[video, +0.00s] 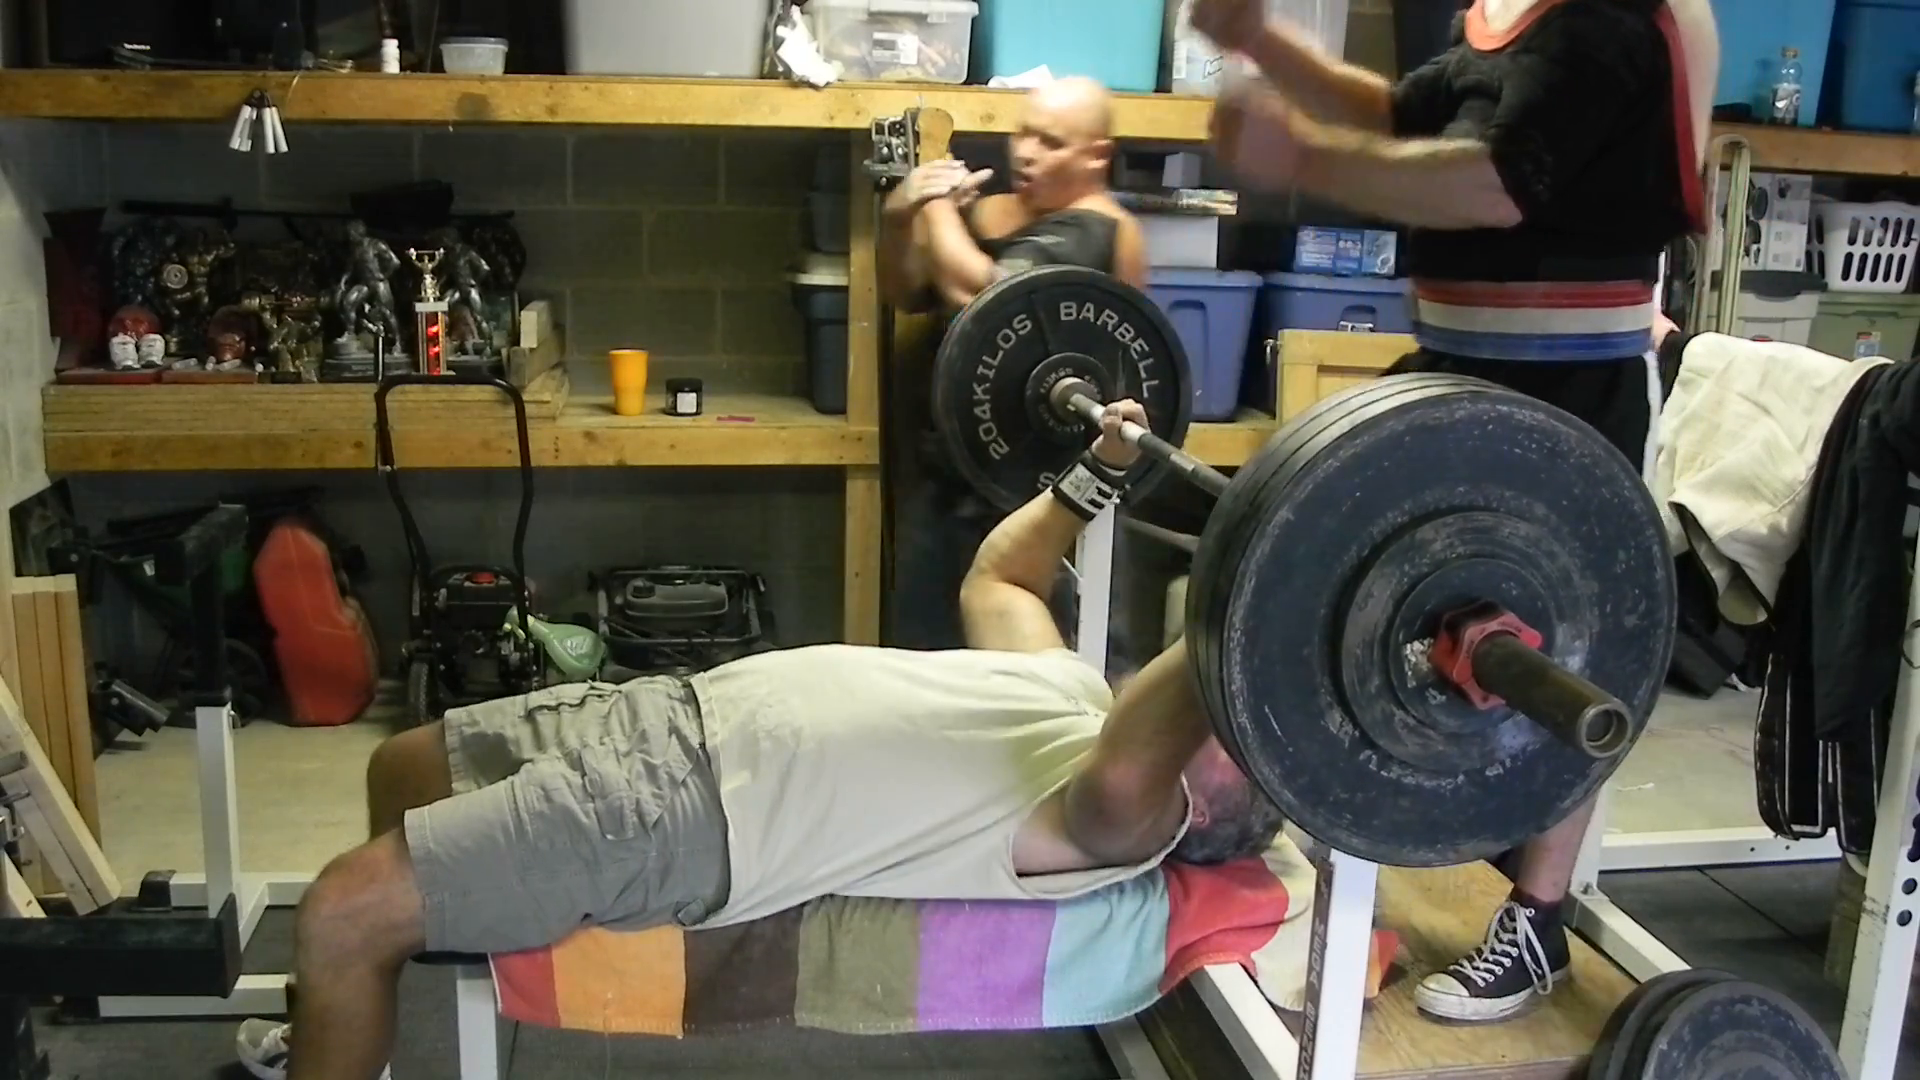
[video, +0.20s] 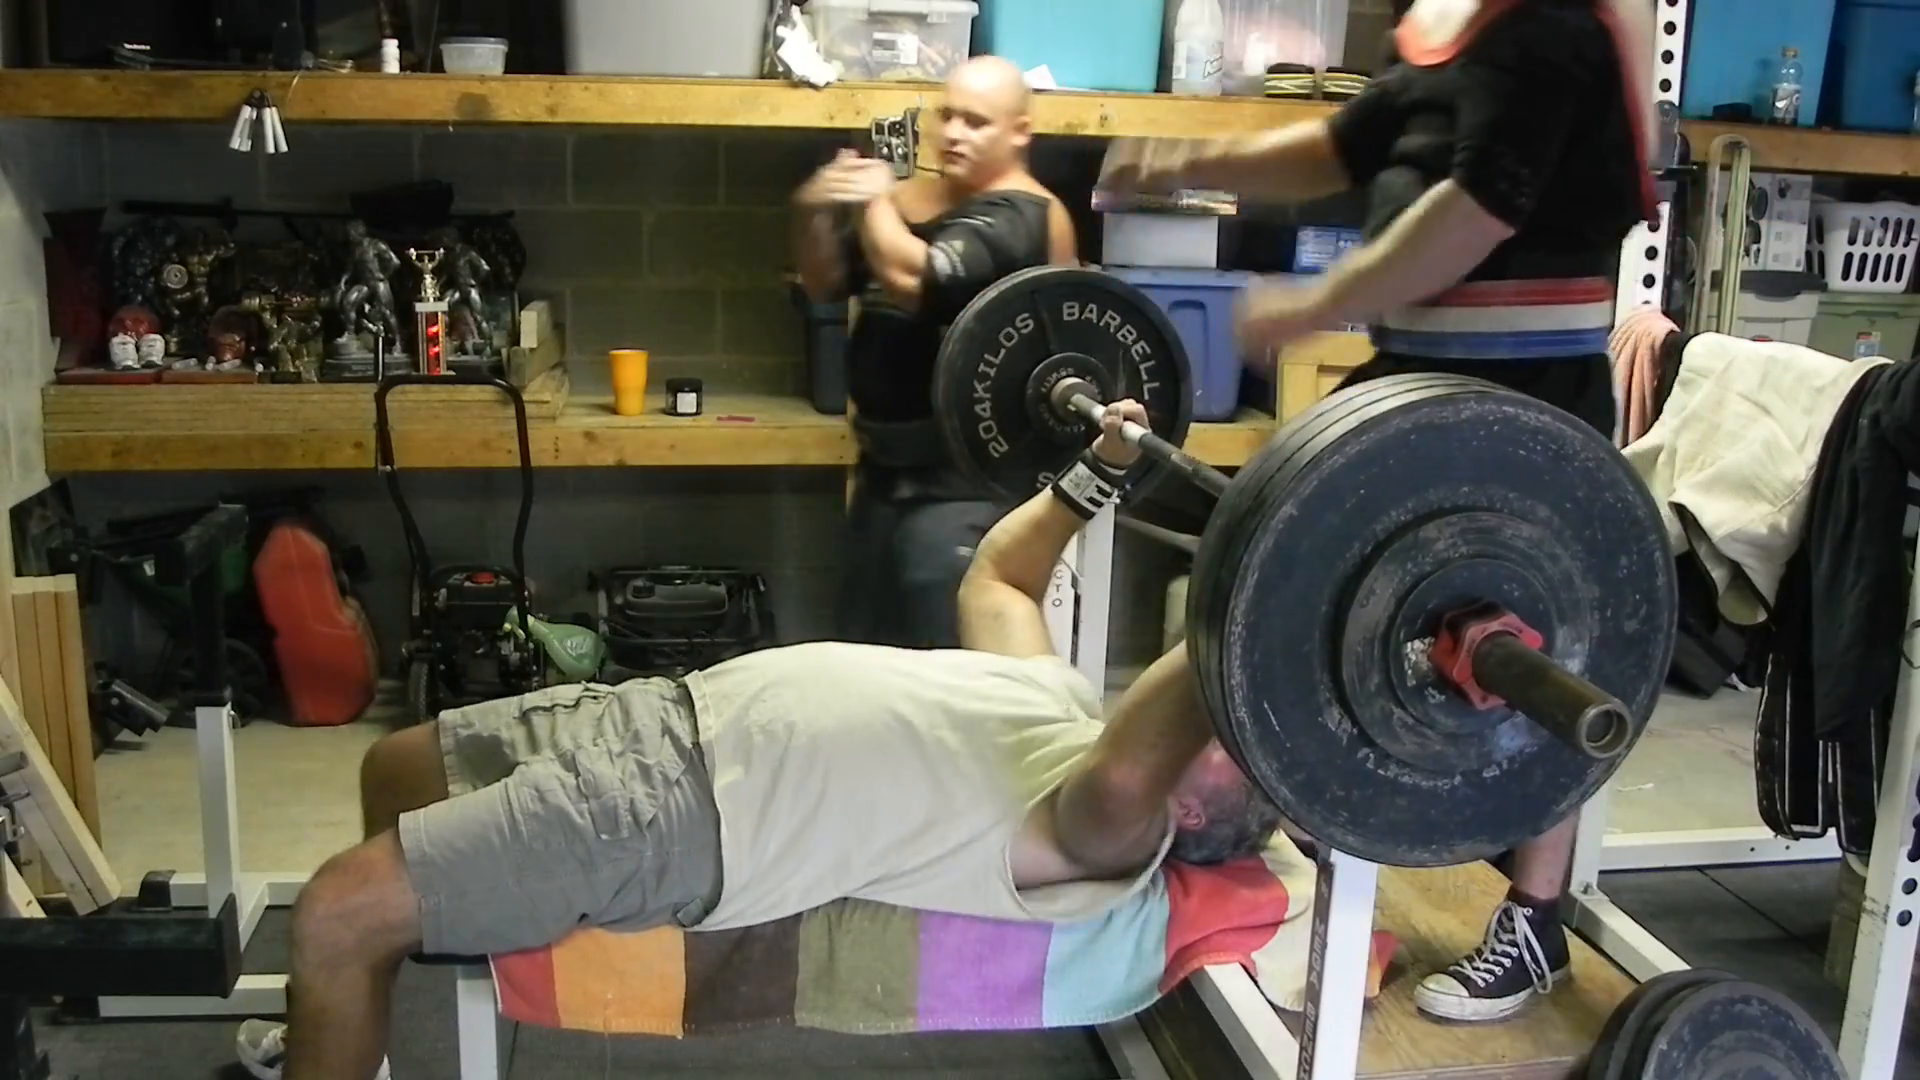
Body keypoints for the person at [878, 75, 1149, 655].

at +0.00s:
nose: (1023, 153)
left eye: (1047, 140)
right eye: (1022, 135)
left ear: (1097, 155)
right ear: (1013, 133)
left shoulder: (1098, 232)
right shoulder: (994, 209)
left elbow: (983, 294)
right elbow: (904, 292)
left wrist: (939, 207)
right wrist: (898, 218)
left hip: (1036, 468)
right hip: (951, 451)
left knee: (1019, 631)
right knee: (929, 623)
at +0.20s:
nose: (953, 134)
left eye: (975, 121)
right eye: (947, 115)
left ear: (1021, 132)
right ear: (933, 116)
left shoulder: (1021, 216)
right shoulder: (918, 196)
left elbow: (915, 278)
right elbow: (827, 285)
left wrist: (877, 201)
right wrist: (815, 214)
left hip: (965, 481)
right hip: (888, 473)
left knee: (942, 676)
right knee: (865, 662)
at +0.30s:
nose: (917, 128)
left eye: (939, 115)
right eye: (912, 111)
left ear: (986, 127)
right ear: (902, 114)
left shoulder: (992, 210)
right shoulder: (882, 197)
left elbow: (898, 283)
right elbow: (801, 277)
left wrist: (830, 214)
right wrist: (759, 222)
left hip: (939, 472)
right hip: (868, 462)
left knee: (896, 664)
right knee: (853, 655)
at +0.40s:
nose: (890, 130)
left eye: (913, 116)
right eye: (883, 112)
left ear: (957, 125)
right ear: (872, 116)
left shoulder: (961, 216)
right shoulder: (851, 200)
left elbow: (874, 299)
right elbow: (783, 282)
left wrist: (779, 263)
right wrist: (713, 259)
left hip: (915, 481)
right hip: (847, 470)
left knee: (867, 669)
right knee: (828, 661)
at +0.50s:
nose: (867, 131)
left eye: (890, 117)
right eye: (860, 114)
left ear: (936, 131)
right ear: (848, 118)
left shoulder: (925, 221)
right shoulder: (842, 205)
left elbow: (837, 321)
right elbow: (763, 278)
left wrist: (730, 322)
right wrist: (683, 288)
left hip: (887, 486)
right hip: (836, 477)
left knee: (852, 678)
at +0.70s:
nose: (817, 131)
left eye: (841, 119)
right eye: (811, 112)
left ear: (887, 132)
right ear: (799, 115)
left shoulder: (853, 232)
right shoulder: (797, 207)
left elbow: (759, 347)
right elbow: (714, 291)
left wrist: (665, 404)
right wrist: (637, 373)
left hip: (823, 493)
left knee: (792, 690)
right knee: (838, 680)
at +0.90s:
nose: (770, 115)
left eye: (795, 103)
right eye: (766, 98)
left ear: (846, 120)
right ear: (754, 100)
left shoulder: (798, 217)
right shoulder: (758, 195)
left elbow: (699, 328)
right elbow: (663, 287)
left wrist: (593, 399)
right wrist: (567, 367)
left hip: (778, 490)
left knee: (751, 703)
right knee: (800, 694)